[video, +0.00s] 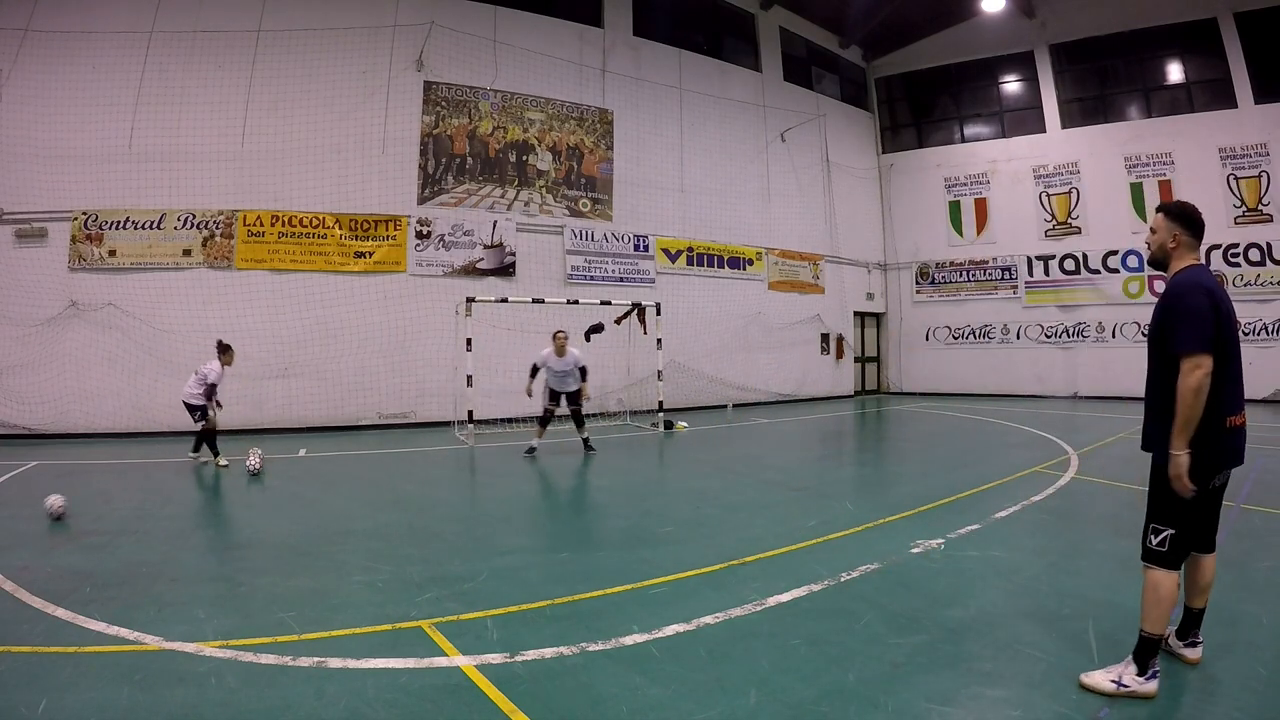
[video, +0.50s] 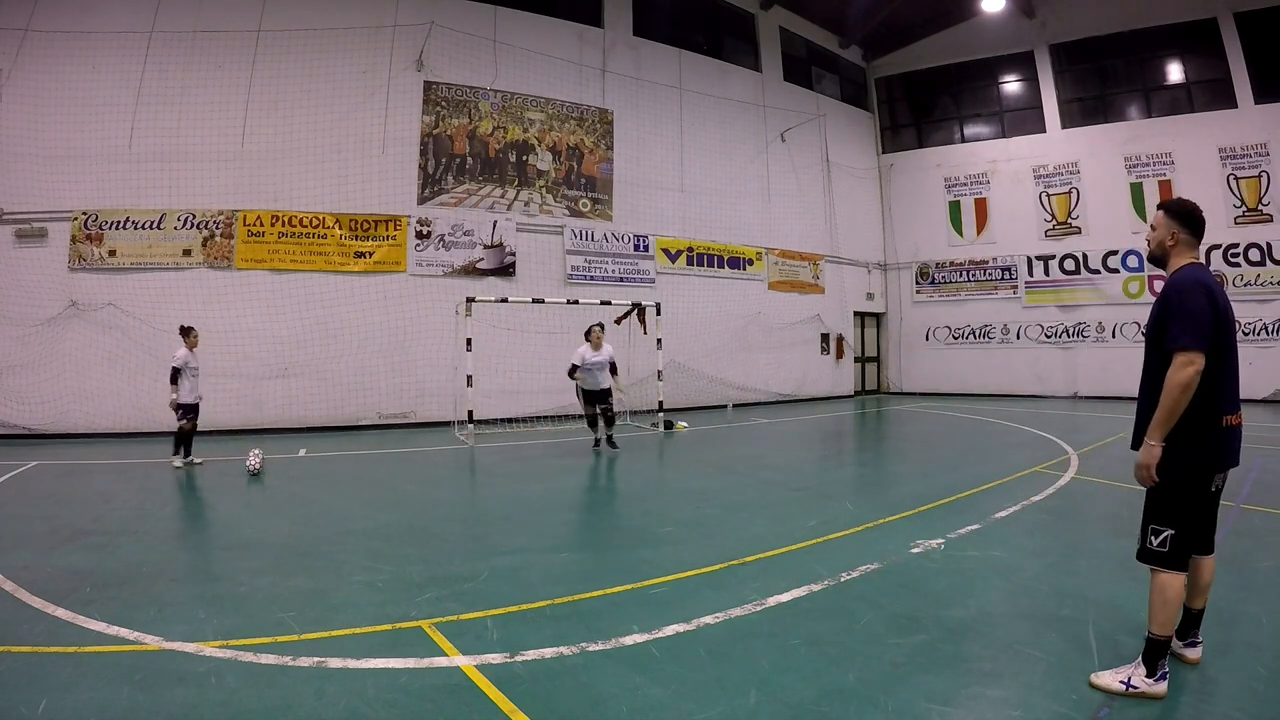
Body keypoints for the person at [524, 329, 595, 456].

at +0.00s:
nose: (562, 341)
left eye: (564, 339)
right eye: (559, 339)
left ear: (567, 341)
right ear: (554, 342)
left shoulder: (574, 354)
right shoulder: (546, 355)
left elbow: (583, 370)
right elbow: (535, 367)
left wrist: (584, 389)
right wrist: (529, 385)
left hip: (572, 387)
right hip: (553, 387)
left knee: (577, 415)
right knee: (547, 416)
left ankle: (586, 442)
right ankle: (534, 444)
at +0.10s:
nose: (572, 336)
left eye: (574, 334)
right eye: (569, 334)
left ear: (577, 336)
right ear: (563, 337)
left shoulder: (583, 350)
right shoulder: (556, 351)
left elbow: (591, 366)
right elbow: (545, 365)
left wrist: (594, 385)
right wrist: (542, 386)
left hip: (579, 383)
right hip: (561, 383)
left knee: (584, 411)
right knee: (559, 412)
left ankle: (589, 439)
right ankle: (557, 440)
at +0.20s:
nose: (580, 333)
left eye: (582, 330)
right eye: (577, 330)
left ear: (585, 333)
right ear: (571, 334)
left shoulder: (590, 348)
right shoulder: (563, 348)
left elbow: (596, 364)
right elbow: (551, 363)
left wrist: (600, 380)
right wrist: (555, 381)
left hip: (587, 383)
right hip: (569, 384)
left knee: (593, 411)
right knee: (570, 414)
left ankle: (600, 436)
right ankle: (568, 442)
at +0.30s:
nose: (586, 332)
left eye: (588, 330)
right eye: (583, 330)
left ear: (591, 333)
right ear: (577, 334)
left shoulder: (597, 348)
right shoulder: (570, 349)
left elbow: (603, 364)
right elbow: (557, 365)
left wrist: (602, 372)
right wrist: (562, 379)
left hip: (596, 385)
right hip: (577, 385)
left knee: (600, 413)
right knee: (575, 414)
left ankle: (606, 440)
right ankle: (569, 442)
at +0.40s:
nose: (592, 330)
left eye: (594, 328)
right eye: (588, 329)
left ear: (597, 332)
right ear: (583, 333)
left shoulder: (603, 347)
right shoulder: (576, 349)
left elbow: (611, 363)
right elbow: (564, 366)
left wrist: (606, 370)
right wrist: (570, 380)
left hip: (600, 387)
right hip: (582, 387)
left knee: (603, 415)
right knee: (582, 417)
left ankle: (606, 440)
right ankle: (583, 438)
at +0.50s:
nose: (598, 334)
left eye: (600, 332)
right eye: (594, 332)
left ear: (603, 335)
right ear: (589, 337)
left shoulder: (608, 349)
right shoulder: (582, 351)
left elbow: (612, 367)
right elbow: (570, 372)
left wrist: (617, 383)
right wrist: (577, 376)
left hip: (604, 387)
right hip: (586, 389)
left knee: (609, 416)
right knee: (591, 419)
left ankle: (609, 437)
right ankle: (597, 437)